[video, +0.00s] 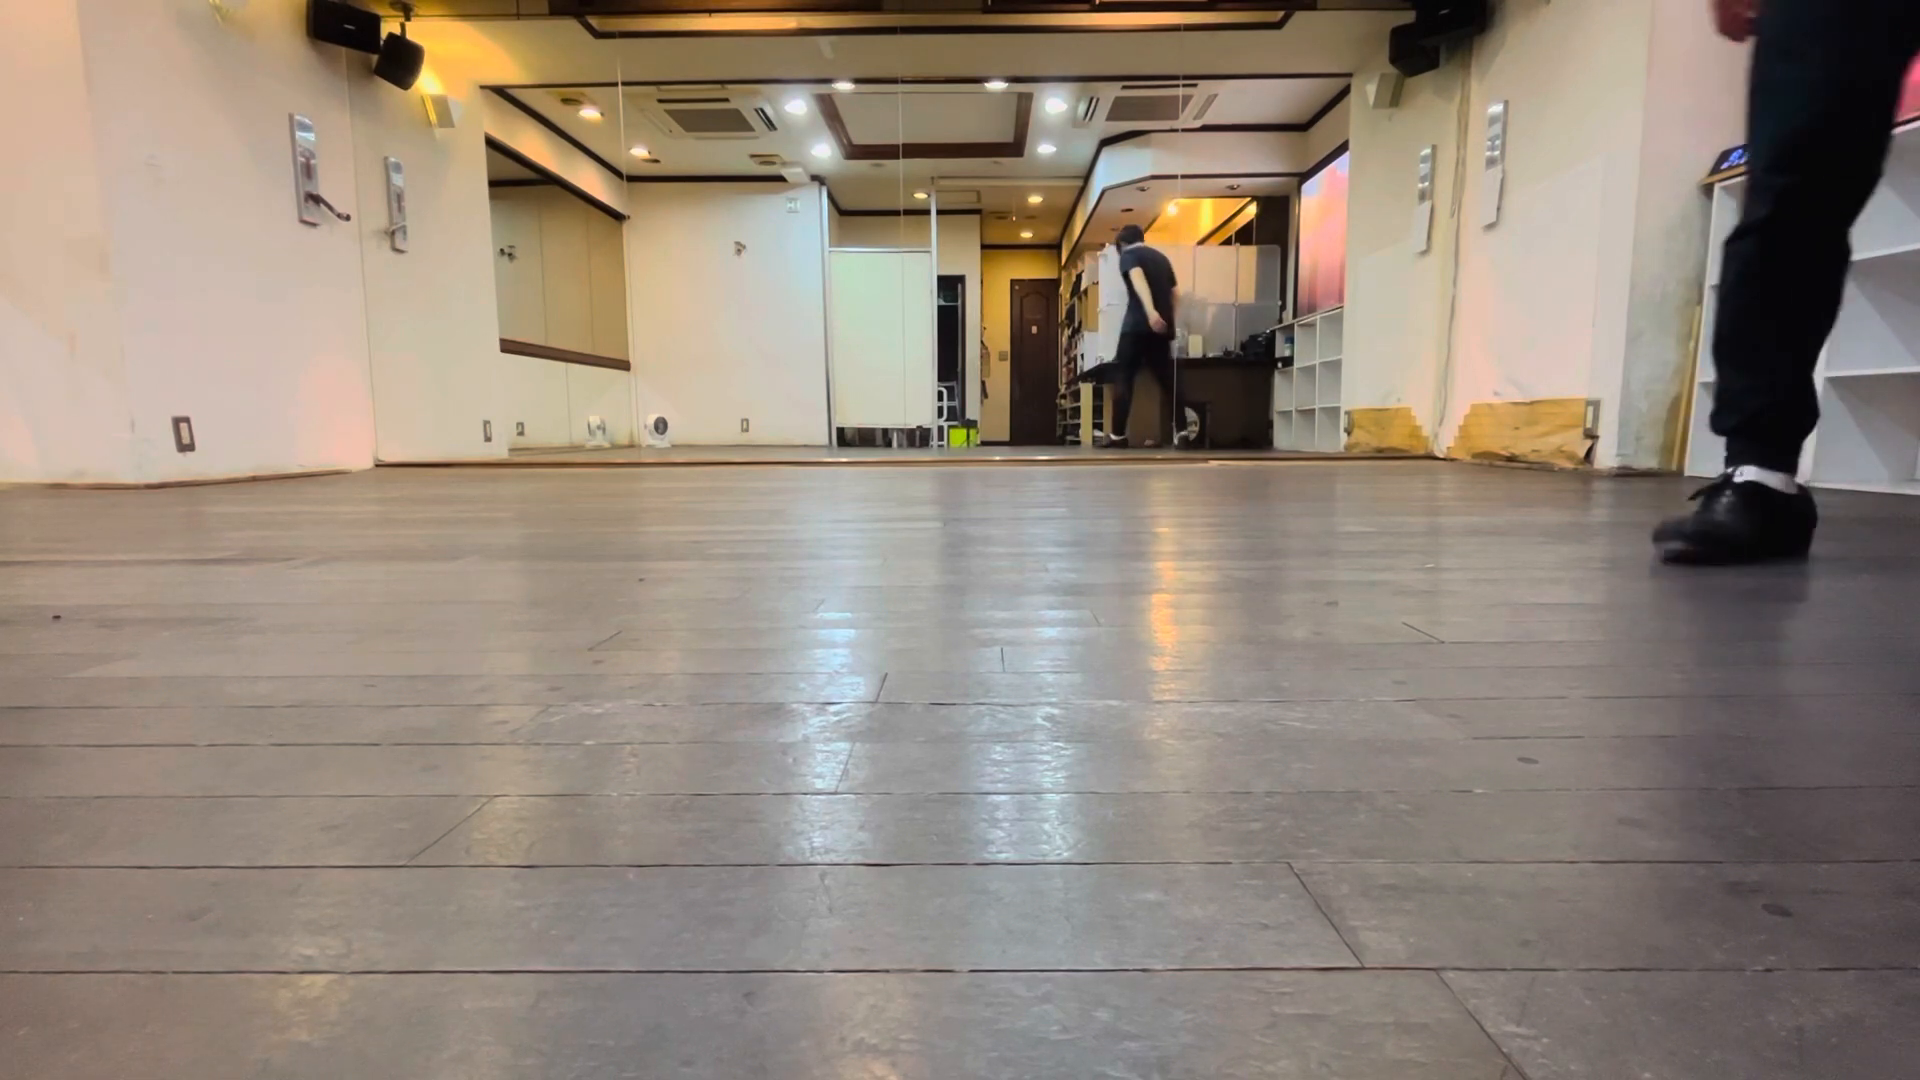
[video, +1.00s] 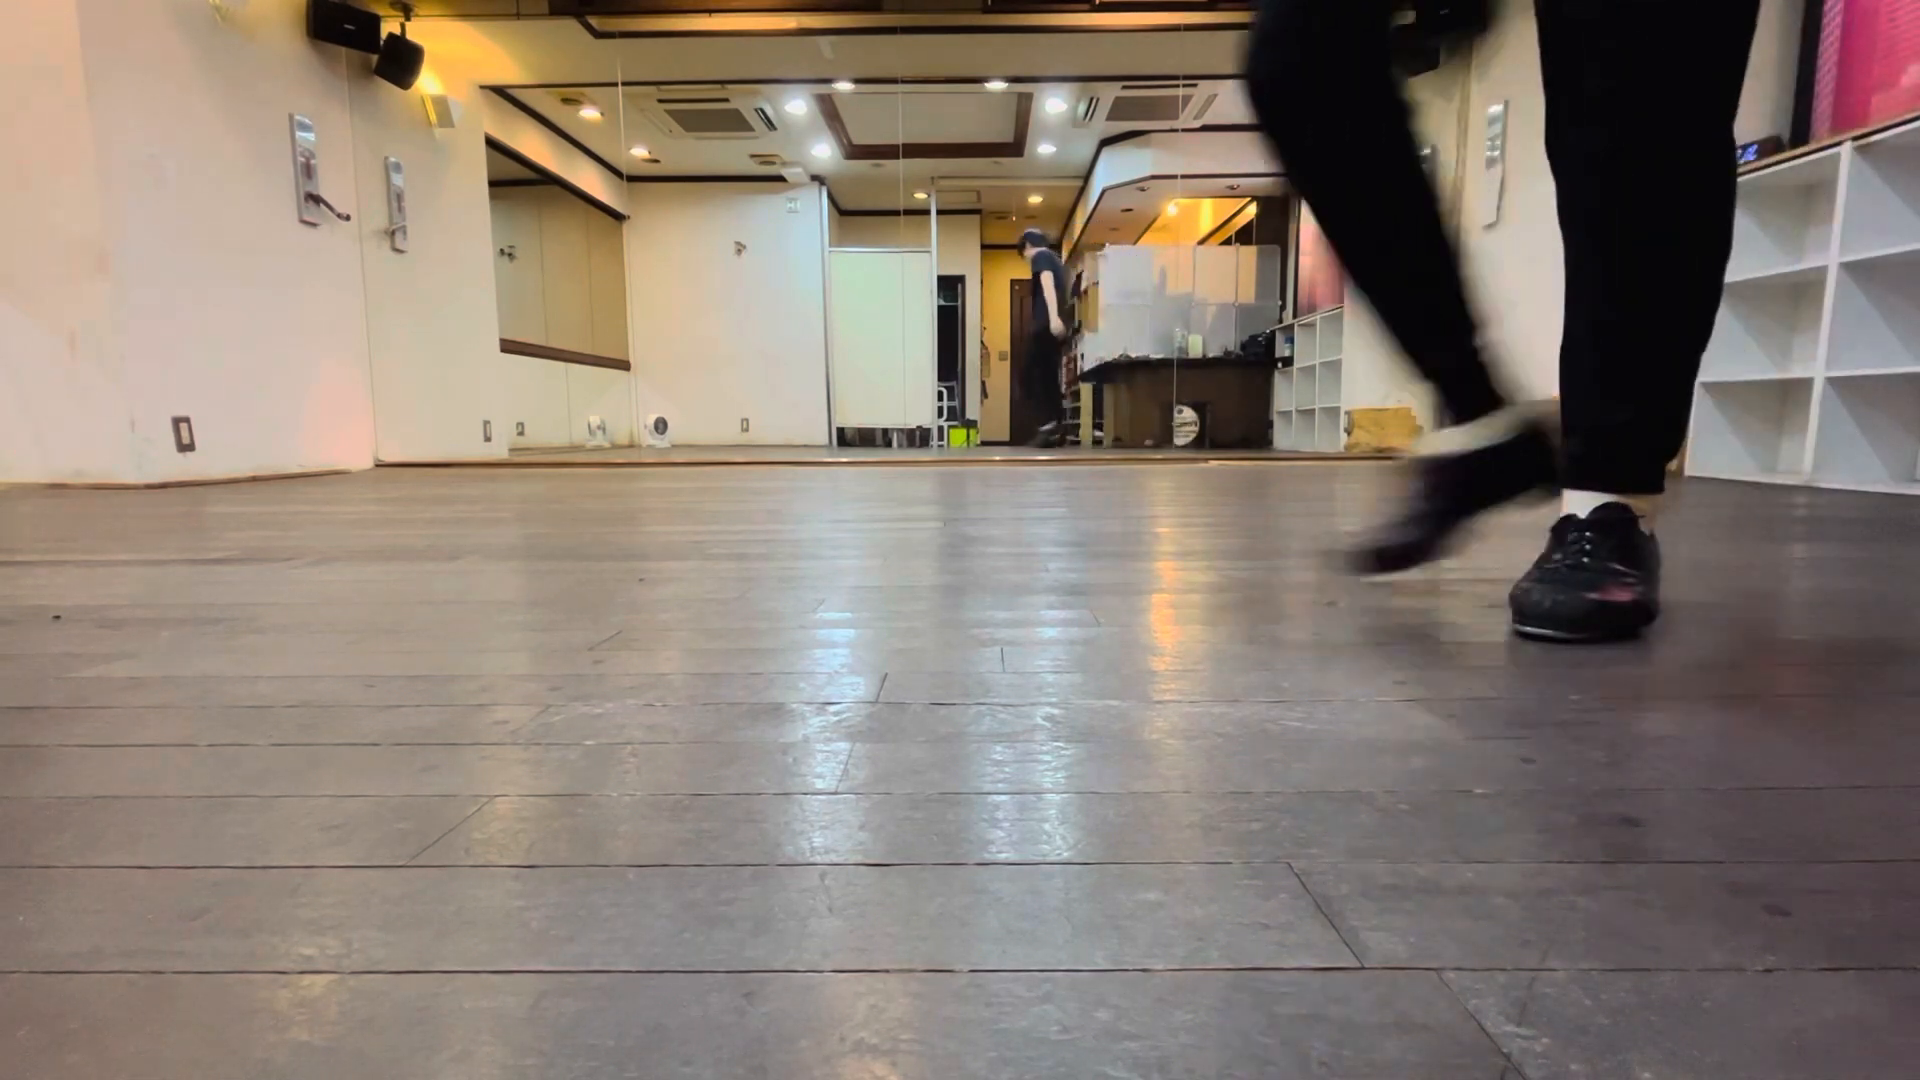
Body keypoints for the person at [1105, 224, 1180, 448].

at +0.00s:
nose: (1119, 251)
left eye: (1119, 247)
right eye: (1119, 247)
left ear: (1123, 243)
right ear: (1141, 240)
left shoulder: (1129, 255)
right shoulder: (1160, 256)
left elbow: (1139, 280)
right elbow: (1173, 292)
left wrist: (1151, 313)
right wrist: (1169, 319)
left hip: (1136, 327)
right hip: (1161, 328)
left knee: (1123, 376)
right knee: (1167, 378)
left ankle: (1117, 433)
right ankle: (1182, 429)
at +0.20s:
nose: (1099, 249)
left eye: (1098, 245)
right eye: (1098, 246)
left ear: (1102, 242)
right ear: (1121, 238)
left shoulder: (1107, 256)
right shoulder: (1140, 257)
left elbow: (1110, 287)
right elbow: (1155, 292)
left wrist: (1111, 324)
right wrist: (1152, 327)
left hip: (1119, 326)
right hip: (1142, 326)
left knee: (1110, 376)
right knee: (1139, 372)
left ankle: (1116, 434)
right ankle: (1165, 420)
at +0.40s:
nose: (1082, 246)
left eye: (1082, 242)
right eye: (1081, 243)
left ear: (1086, 239)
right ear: (1104, 237)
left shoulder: (1091, 256)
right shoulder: (1124, 256)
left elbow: (1083, 293)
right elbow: (1139, 292)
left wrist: (1065, 324)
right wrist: (1142, 327)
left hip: (1104, 329)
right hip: (1124, 328)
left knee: (1107, 379)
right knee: (1107, 377)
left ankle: (1117, 433)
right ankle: (1111, 428)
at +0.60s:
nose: (1064, 248)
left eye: (1064, 244)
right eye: (1064, 245)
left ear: (1069, 243)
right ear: (1086, 241)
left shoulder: (1073, 259)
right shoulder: (1103, 261)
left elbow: (1065, 296)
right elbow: (1120, 296)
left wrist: (1043, 315)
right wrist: (1128, 331)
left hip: (1085, 332)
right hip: (1102, 332)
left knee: (1096, 382)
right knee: (1080, 382)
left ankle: (1117, 432)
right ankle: (1067, 428)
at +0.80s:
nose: (1045, 256)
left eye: (1044, 251)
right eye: (1044, 252)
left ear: (1048, 246)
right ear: (1063, 245)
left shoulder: (1057, 257)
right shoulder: (1079, 267)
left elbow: (1055, 295)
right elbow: (1088, 306)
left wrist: (1043, 327)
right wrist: (1096, 339)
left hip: (1062, 330)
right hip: (1076, 331)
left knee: (1061, 380)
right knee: (1064, 380)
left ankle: (1099, 421)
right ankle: (1067, 430)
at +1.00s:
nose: (1025, 255)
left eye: (1025, 250)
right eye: (1024, 251)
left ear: (1030, 245)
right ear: (1041, 244)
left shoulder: (1041, 256)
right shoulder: (1052, 259)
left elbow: (1048, 283)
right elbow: (1057, 290)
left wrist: (1054, 317)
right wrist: (1055, 318)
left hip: (1044, 327)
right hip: (1053, 326)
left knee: (1036, 373)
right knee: (1048, 375)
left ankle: (1049, 422)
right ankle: (1055, 423)